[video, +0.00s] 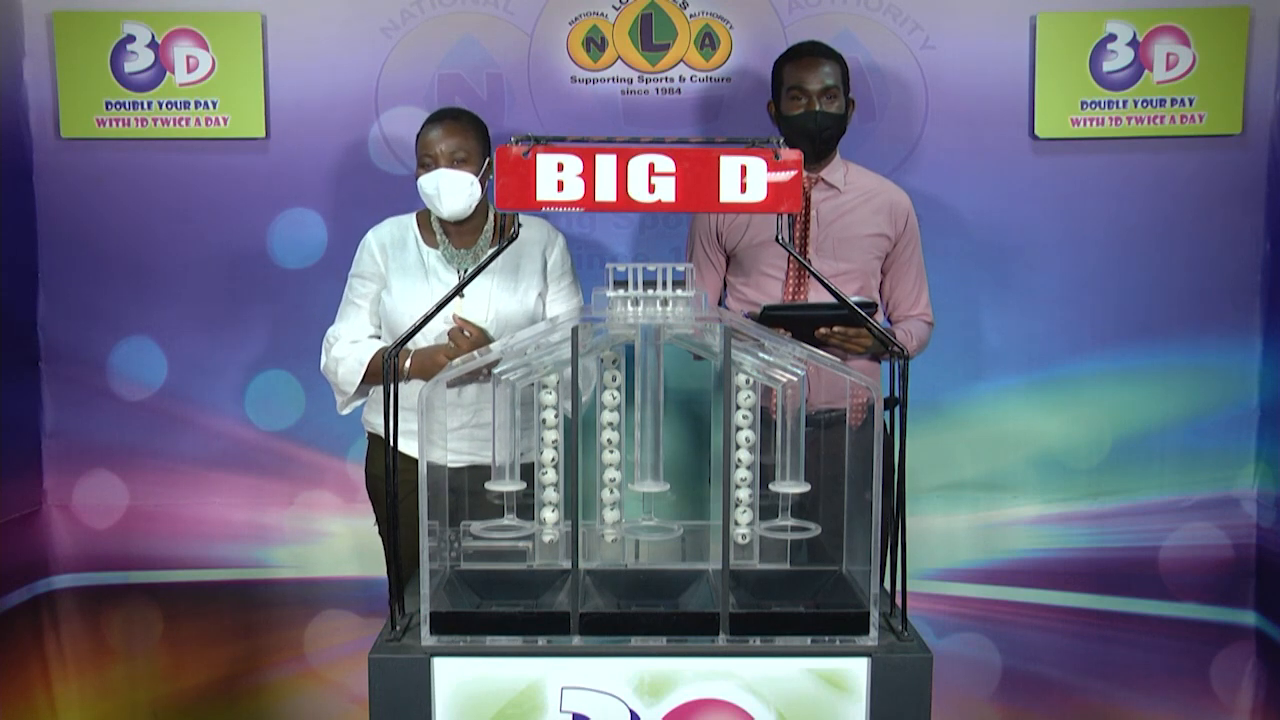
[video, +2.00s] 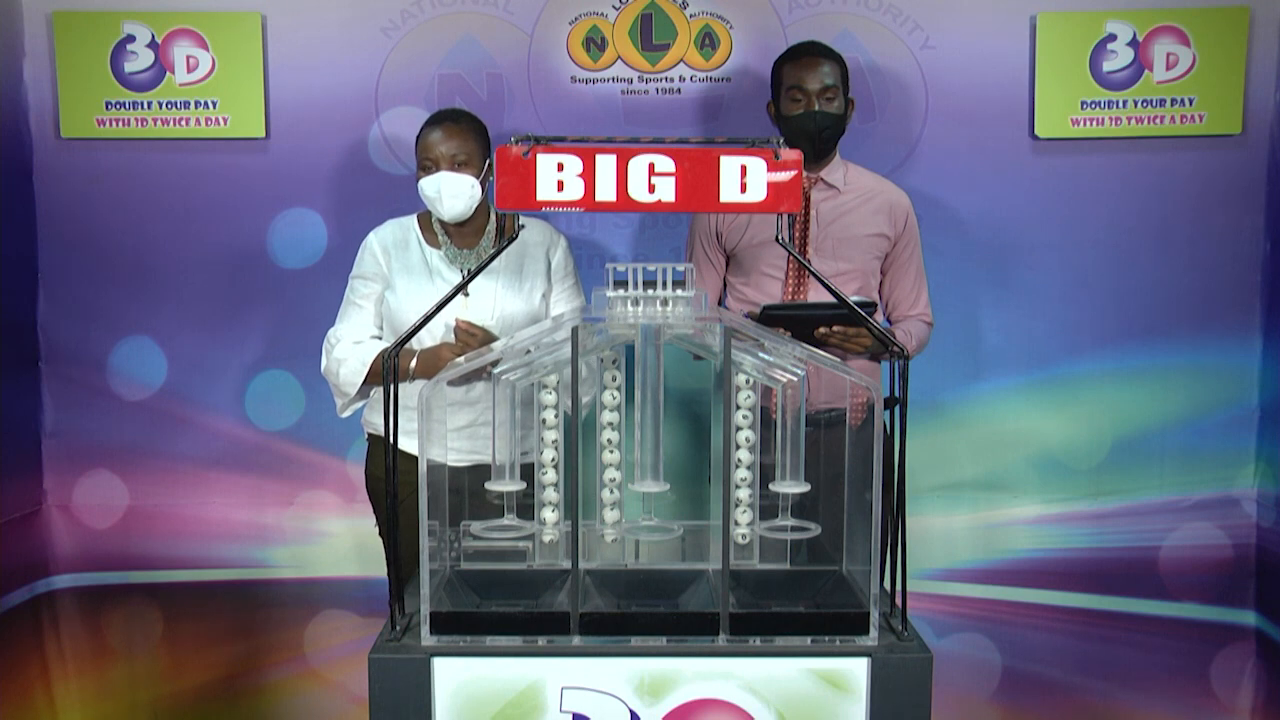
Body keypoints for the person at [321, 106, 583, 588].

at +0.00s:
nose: (445, 177)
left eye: (459, 161)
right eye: (431, 164)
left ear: (487, 166)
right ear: (418, 172)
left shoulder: (540, 243)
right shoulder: (383, 245)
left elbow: (571, 354)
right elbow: (341, 356)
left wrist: (498, 357)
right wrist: (420, 361)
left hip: (509, 461)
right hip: (407, 462)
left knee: (503, 616)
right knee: (416, 615)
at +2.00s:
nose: (444, 180)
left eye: (459, 164)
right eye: (430, 167)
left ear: (487, 167)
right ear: (417, 174)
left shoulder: (544, 247)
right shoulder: (385, 247)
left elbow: (574, 362)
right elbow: (342, 358)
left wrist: (502, 355)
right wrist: (423, 361)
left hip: (512, 465)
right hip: (408, 465)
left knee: (505, 617)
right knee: (416, 616)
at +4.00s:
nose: (442, 179)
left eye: (456, 163)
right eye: (427, 166)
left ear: (480, 167)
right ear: (412, 171)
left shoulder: (535, 244)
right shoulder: (378, 247)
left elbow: (566, 350)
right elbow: (337, 363)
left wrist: (501, 353)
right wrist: (431, 360)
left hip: (507, 461)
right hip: (405, 461)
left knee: (501, 616)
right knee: (416, 616)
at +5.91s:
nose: (449, 174)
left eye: (465, 161)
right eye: (435, 159)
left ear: (491, 167)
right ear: (421, 165)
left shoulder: (538, 247)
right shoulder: (381, 247)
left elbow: (567, 363)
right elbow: (337, 360)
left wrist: (494, 359)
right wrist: (414, 362)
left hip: (506, 466)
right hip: (404, 465)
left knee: (500, 618)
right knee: (415, 617)